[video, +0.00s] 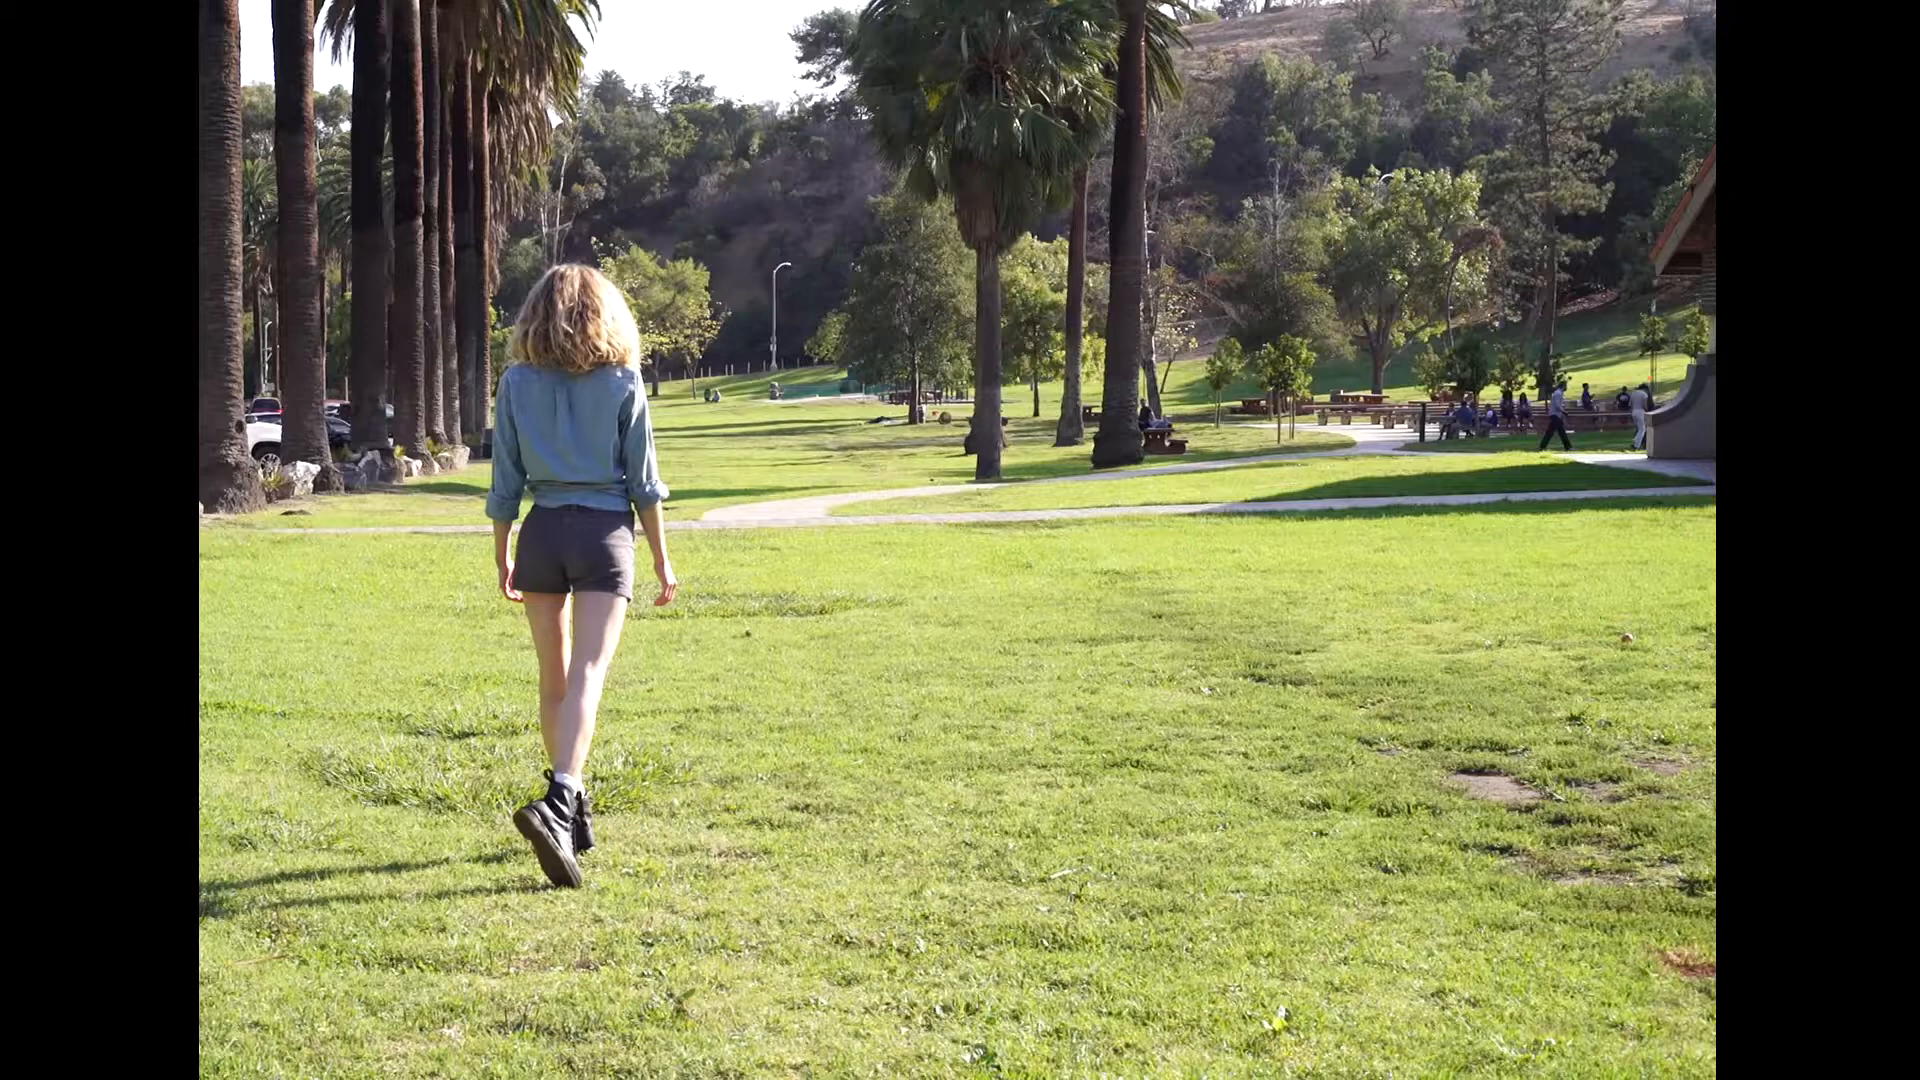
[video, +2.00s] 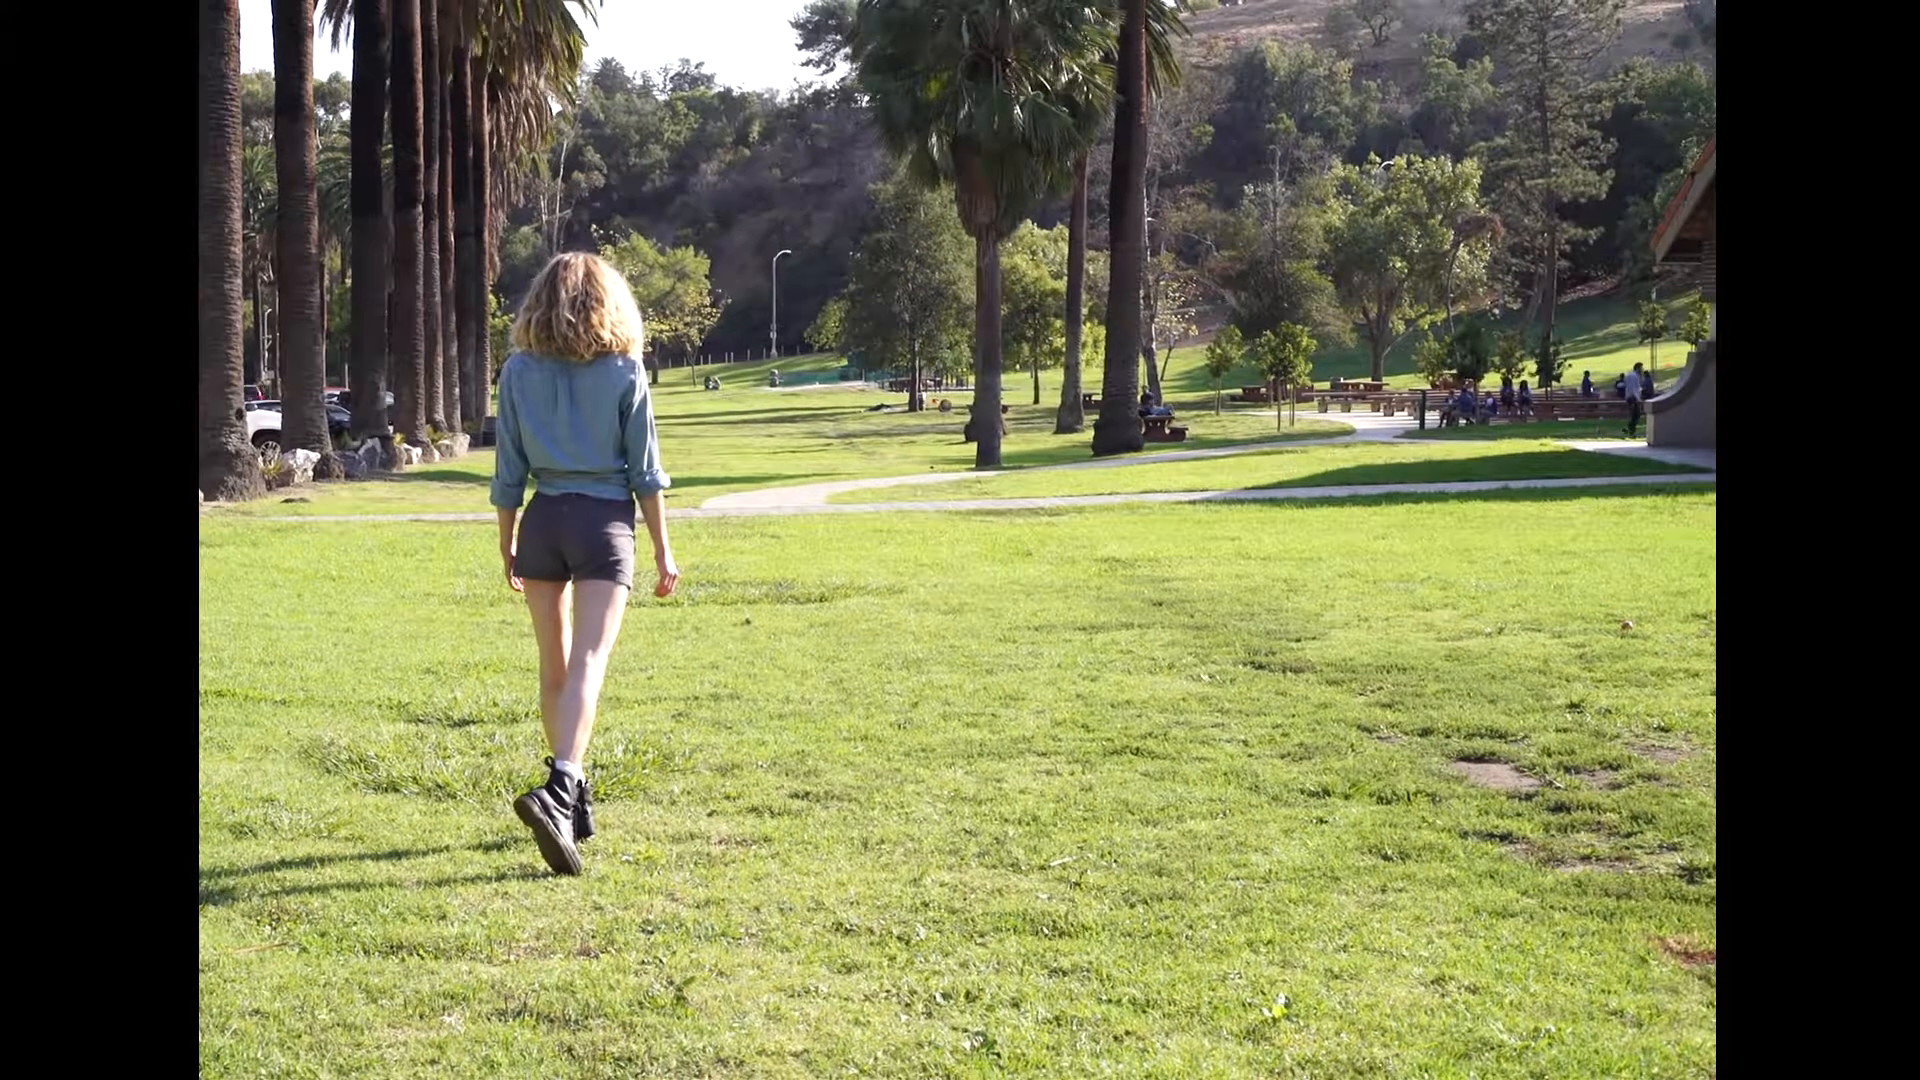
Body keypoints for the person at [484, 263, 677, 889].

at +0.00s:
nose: (615, 323)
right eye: (610, 311)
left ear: (537, 319)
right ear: (606, 318)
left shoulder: (516, 381)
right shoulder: (623, 382)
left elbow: (506, 476)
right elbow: (642, 480)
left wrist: (502, 553)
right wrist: (662, 558)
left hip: (540, 529)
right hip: (605, 530)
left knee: (553, 678)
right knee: (587, 672)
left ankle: (575, 808)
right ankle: (557, 802)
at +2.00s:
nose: (620, 311)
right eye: (615, 300)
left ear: (540, 307)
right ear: (610, 307)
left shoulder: (518, 371)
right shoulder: (625, 372)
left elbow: (509, 468)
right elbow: (644, 470)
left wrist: (507, 543)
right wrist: (663, 549)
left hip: (541, 517)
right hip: (606, 517)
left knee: (553, 663)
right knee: (588, 660)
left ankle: (576, 795)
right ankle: (558, 790)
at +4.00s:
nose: (621, 399)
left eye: (617, 385)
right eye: (624, 384)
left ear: (594, 387)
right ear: (650, 386)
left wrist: (511, 391)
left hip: (640, 578)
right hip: (570, 572)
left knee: (708, 711)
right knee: (560, 712)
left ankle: (786, 827)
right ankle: (509, 831)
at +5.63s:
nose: (680, 439)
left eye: (693, 435)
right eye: (676, 426)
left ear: (717, 441)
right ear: (668, 418)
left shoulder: (720, 484)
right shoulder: (635, 435)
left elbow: (736, 550)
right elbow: (566, 394)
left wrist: (729, 472)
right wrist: (496, 356)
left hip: (670, 611)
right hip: (603, 606)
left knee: (721, 763)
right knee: (567, 745)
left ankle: (788, 842)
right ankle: (525, 838)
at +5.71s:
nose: (676, 425)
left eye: (691, 420)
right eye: (673, 412)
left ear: (719, 426)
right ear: (666, 406)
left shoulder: (725, 480)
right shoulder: (638, 421)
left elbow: (724, 541)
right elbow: (571, 375)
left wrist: (725, 460)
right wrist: (507, 338)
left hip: (666, 616)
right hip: (598, 613)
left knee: (723, 763)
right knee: (555, 746)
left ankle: (787, 840)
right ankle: (525, 838)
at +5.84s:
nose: (676, 410)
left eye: (691, 402)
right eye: (673, 398)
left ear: (723, 413)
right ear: (665, 399)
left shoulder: (732, 479)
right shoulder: (635, 428)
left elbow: (715, 536)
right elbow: (577, 377)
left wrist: (722, 457)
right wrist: (513, 333)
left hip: (663, 619)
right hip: (590, 610)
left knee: (736, 753)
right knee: (556, 742)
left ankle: (791, 841)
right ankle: (523, 838)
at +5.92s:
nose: (675, 409)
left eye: (690, 398)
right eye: (670, 396)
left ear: (721, 409)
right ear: (660, 399)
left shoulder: (734, 483)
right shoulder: (636, 435)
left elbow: (712, 535)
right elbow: (578, 387)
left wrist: (718, 450)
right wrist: (516, 346)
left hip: (660, 622)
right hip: (588, 611)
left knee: (739, 750)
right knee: (557, 742)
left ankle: (792, 841)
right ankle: (524, 837)